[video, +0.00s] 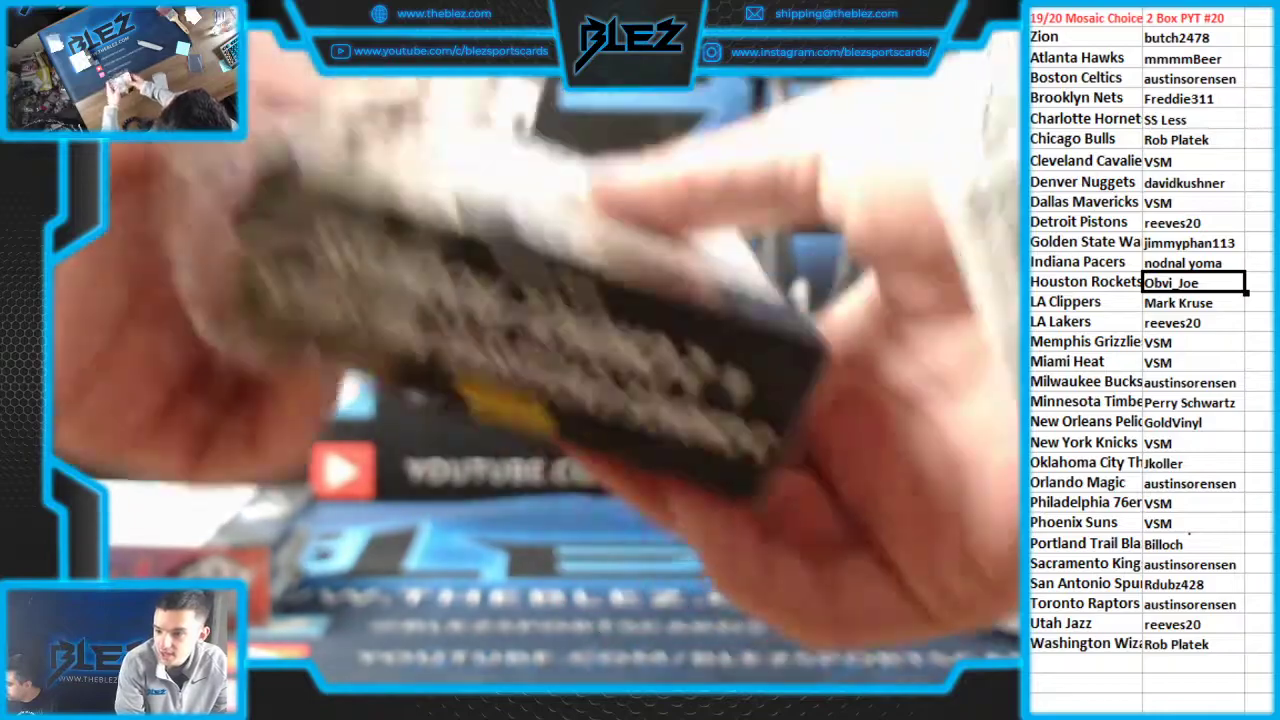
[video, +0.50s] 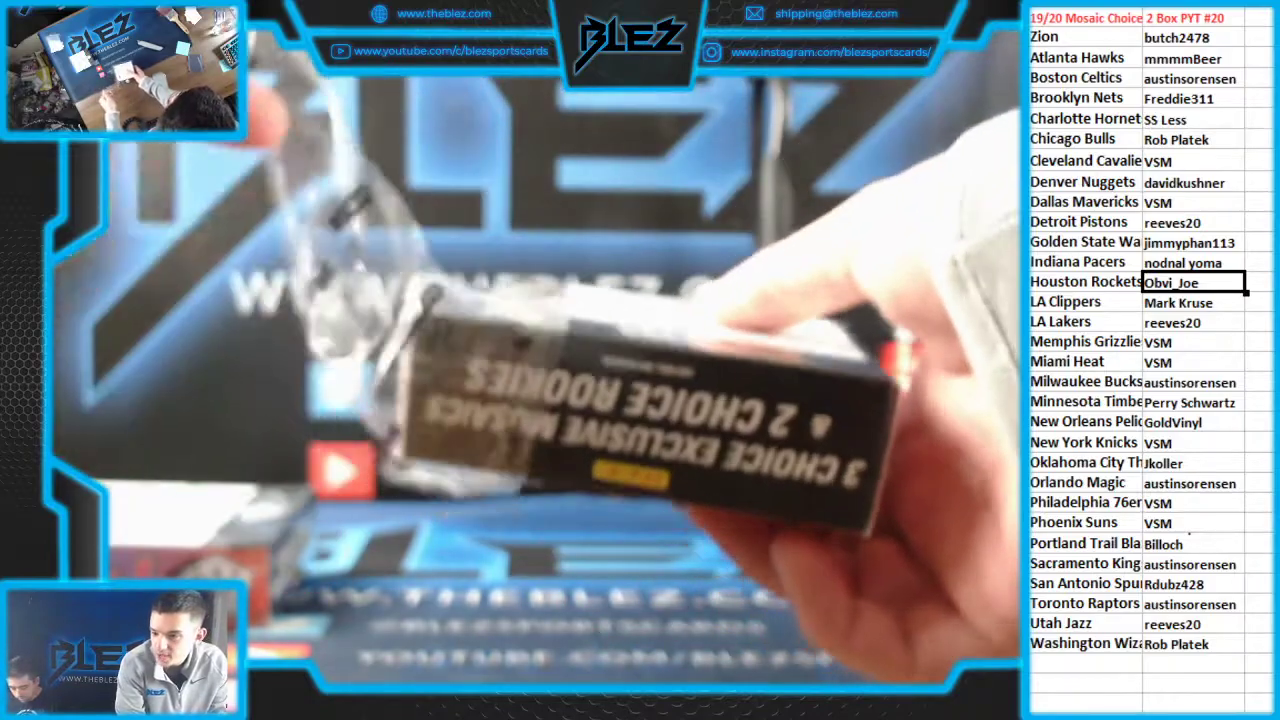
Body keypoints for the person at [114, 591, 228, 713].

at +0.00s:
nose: (165, 644)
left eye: (177, 634)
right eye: (158, 631)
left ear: (202, 634)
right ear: (153, 628)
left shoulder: (216, 660)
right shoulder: (135, 662)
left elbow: (219, 712)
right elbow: (128, 713)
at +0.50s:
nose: (161, 646)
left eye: (173, 636)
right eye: (154, 634)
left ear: (199, 636)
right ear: (150, 629)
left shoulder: (215, 661)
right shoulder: (133, 663)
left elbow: (217, 713)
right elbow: (129, 714)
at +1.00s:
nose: (160, 648)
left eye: (172, 638)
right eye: (153, 635)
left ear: (198, 637)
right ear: (148, 629)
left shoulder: (213, 661)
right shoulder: (131, 664)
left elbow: (217, 713)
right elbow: (128, 714)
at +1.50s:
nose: (157, 647)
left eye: (169, 637)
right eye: (151, 635)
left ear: (195, 636)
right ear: (146, 629)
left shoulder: (212, 661)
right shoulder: (130, 664)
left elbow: (217, 713)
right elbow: (128, 715)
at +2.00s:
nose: (157, 647)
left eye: (169, 637)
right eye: (150, 634)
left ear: (195, 636)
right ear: (146, 629)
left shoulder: (212, 661)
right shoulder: (130, 664)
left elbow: (216, 713)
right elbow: (128, 714)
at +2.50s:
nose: (157, 647)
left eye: (169, 637)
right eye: (151, 635)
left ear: (195, 636)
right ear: (146, 629)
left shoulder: (212, 661)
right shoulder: (130, 664)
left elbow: (217, 713)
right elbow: (128, 715)